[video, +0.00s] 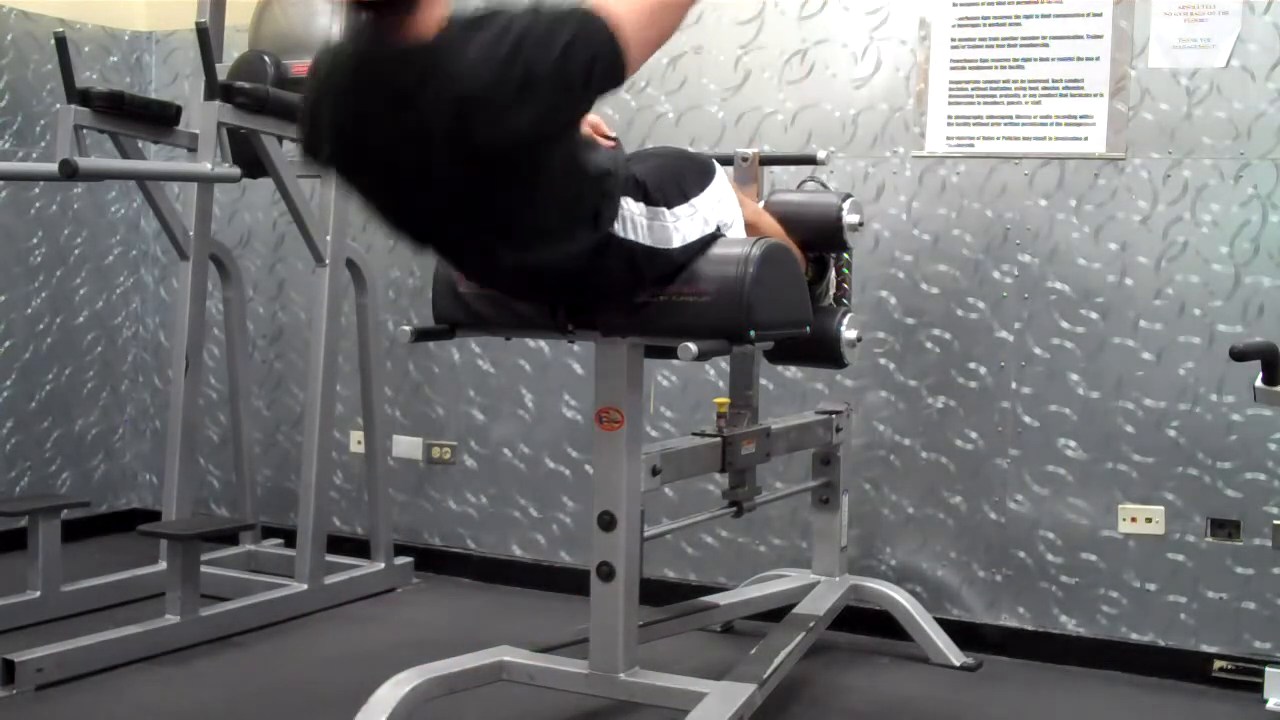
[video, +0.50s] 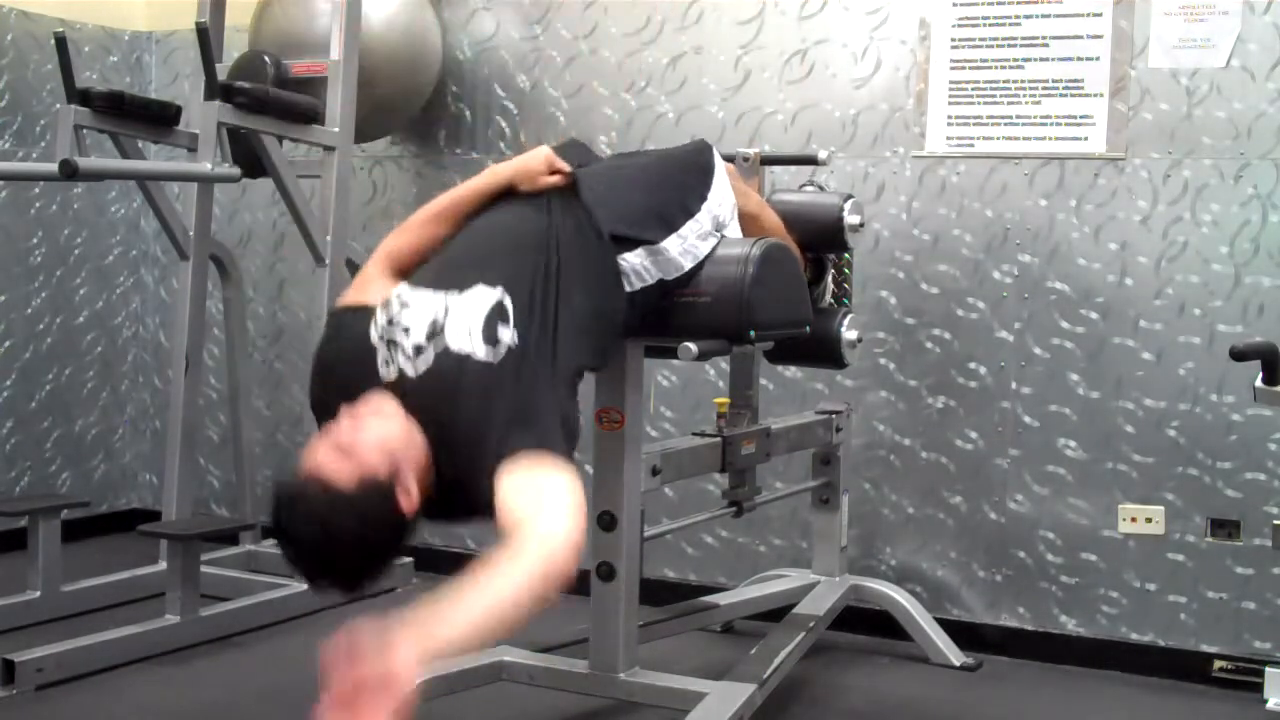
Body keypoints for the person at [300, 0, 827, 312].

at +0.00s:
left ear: (355, 2)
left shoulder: (331, 84)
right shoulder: (499, 64)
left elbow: (443, 164)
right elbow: (665, 7)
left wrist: (558, 131)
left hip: (489, 259)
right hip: (597, 253)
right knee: (714, 184)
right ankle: (802, 266)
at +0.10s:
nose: (396, 31)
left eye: (379, 26)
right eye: (386, 37)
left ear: (302, 108)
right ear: (393, 85)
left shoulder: (316, 187)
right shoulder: (476, 154)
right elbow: (630, 14)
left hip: (489, 290)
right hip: (591, 257)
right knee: (729, 191)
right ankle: (805, 274)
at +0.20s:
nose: (345, 131)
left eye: (328, 137)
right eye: (339, 149)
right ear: (375, 216)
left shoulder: (327, 267)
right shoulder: (466, 248)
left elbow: (437, 170)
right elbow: (592, 103)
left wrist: (541, 138)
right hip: (606, 250)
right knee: (728, 189)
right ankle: (802, 273)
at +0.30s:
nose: (335, 246)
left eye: (315, 252)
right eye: (326, 266)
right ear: (374, 340)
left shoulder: (353, 269)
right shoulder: (454, 352)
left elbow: (414, 200)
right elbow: (563, 254)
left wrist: (521, 156)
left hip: (556, 208)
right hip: (617, 247)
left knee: (687, 168)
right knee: (727, 192)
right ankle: (801, 262)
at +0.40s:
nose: (345, 381)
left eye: (317, 384)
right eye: (344, 419)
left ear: (305, 368)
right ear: (364, 438)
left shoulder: (336, 314)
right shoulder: (472, 385)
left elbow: (398, 235)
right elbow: (554, 414)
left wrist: (511, 164)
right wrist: (403, 444)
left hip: (565, 194)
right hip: (613, 251)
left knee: (706, 176)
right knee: (735, 193)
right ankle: (806, 297)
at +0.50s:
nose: (345, 426)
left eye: (322, 445)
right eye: (352, 456)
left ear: (317, 424)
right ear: (408, 497)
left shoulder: (337, 370)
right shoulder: (499, 437)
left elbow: (389, 260)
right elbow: (547, 546)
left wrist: (497, 178)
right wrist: (409, 642)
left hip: (528, 207)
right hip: (599, 251)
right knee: (721, 176)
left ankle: (776, 242)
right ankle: (797, 276)